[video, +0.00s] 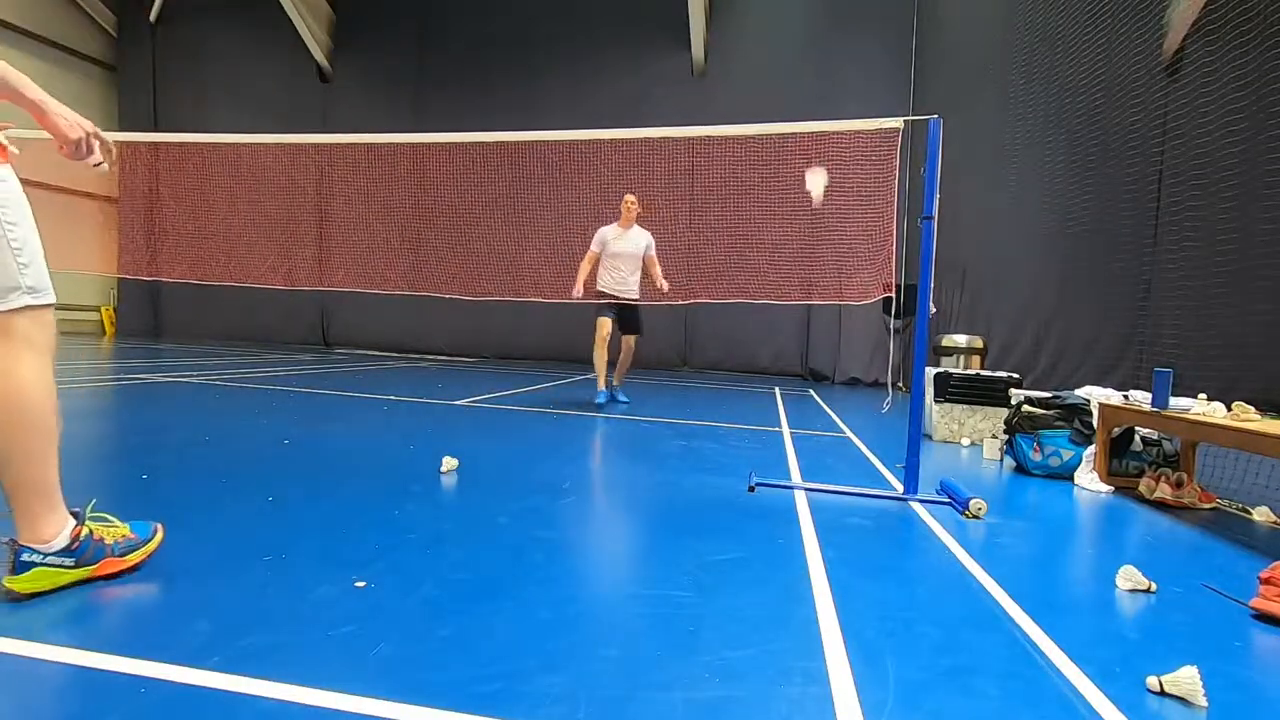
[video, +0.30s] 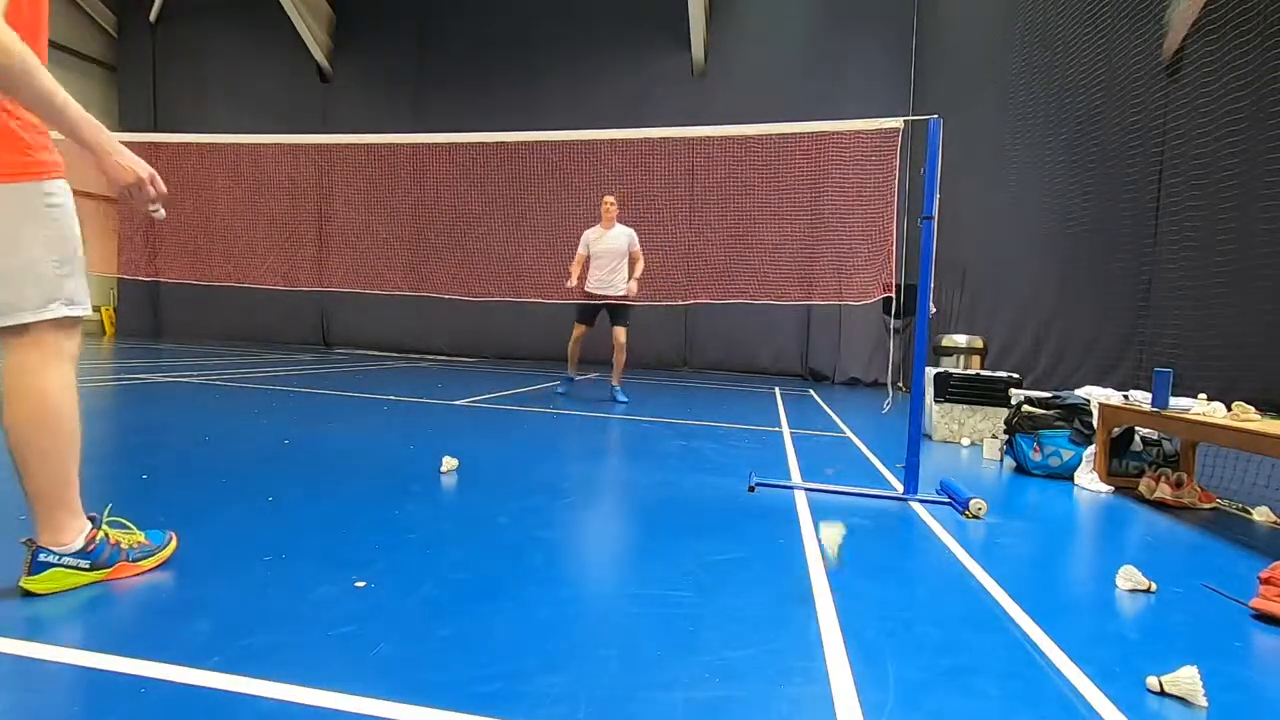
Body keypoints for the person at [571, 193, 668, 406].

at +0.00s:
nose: (629, 206)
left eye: (633, 204)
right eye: (626, 203)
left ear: (639, 209)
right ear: (620, 206)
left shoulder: (646, 237)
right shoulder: (604, 233)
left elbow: (653, 264)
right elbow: (589, 259)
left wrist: (659, 279)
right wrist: (579, 283)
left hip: (630, 297)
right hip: (606, 294)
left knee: (629, 344)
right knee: (603, 334)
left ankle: (616, 386)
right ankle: (601, 388)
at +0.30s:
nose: (608, 207)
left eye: (611, 204)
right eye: (605, 204)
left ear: (618, 210)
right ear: (600, 209)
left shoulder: (629, 234)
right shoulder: (589, 235)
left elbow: (638, 259)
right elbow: (578, 261)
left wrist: (634, 279)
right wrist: (574, 277)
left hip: (619, 294)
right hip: (592, 293)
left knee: (621, 342)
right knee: (576, 336)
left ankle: (616, 385)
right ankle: (570, 376)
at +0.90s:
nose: (601, 229)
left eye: (605, 226)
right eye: (598, 226)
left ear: (609, 231)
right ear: (592, 229)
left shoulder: (616, 254)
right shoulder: (577, 254)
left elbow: (623, 277)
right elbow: (564, 279)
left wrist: (626, 297)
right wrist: (562, 301)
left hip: (607, 308)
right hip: (580, 308)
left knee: (628, 341)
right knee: (571, 344)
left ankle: (626, 386)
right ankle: (565, 379)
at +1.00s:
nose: (611, 226)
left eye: (615, 223)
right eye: (608, 222)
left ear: (620, 228)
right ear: (602, 225)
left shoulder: (624, 252)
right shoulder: (587, 250)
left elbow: (627, 276)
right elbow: (573, 277)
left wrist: (631, 295)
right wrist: (572, 304)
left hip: (614, 307)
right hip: (588, 308)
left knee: (633, 343)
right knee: (576, 350)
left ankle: (627, 386)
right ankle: (566, 377)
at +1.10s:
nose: (623, 222)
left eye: (627, 219)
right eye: (620, 219)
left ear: (630, 224)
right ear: (613, 221)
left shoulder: (633, 251)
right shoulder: (597, 246)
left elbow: (636, 274)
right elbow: (584, 274)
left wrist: (643, 291)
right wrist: (582, 303)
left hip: (619, 305)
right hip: (596, 305)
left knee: (635, 343)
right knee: (591, 351)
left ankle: (627, 386)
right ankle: (575, 366)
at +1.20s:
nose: (631, 222)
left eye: (634, 219)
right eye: (628, 218)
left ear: (638, 225)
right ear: (621, 222)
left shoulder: (640, 253)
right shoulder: (605, 245)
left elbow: (651, 274)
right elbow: (593, 273)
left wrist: (665, 287)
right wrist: (595, 298)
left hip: (626, 306)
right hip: (604, 304)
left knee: (638, 350)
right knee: (606, 348)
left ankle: (627, 388)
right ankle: (589, 378)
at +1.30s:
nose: (638, 219)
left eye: (641, 216)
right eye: (635, 215)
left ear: (644, 221)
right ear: (627, 218)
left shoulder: (645, 249)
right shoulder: (611, 239)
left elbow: (660, 269)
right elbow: (598, 263)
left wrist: (680, 274)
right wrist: (614, 276)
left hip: (630, 302)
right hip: (607, 299)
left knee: (639, 351)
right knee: (612, 336)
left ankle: (627, 388)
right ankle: (602, 387)